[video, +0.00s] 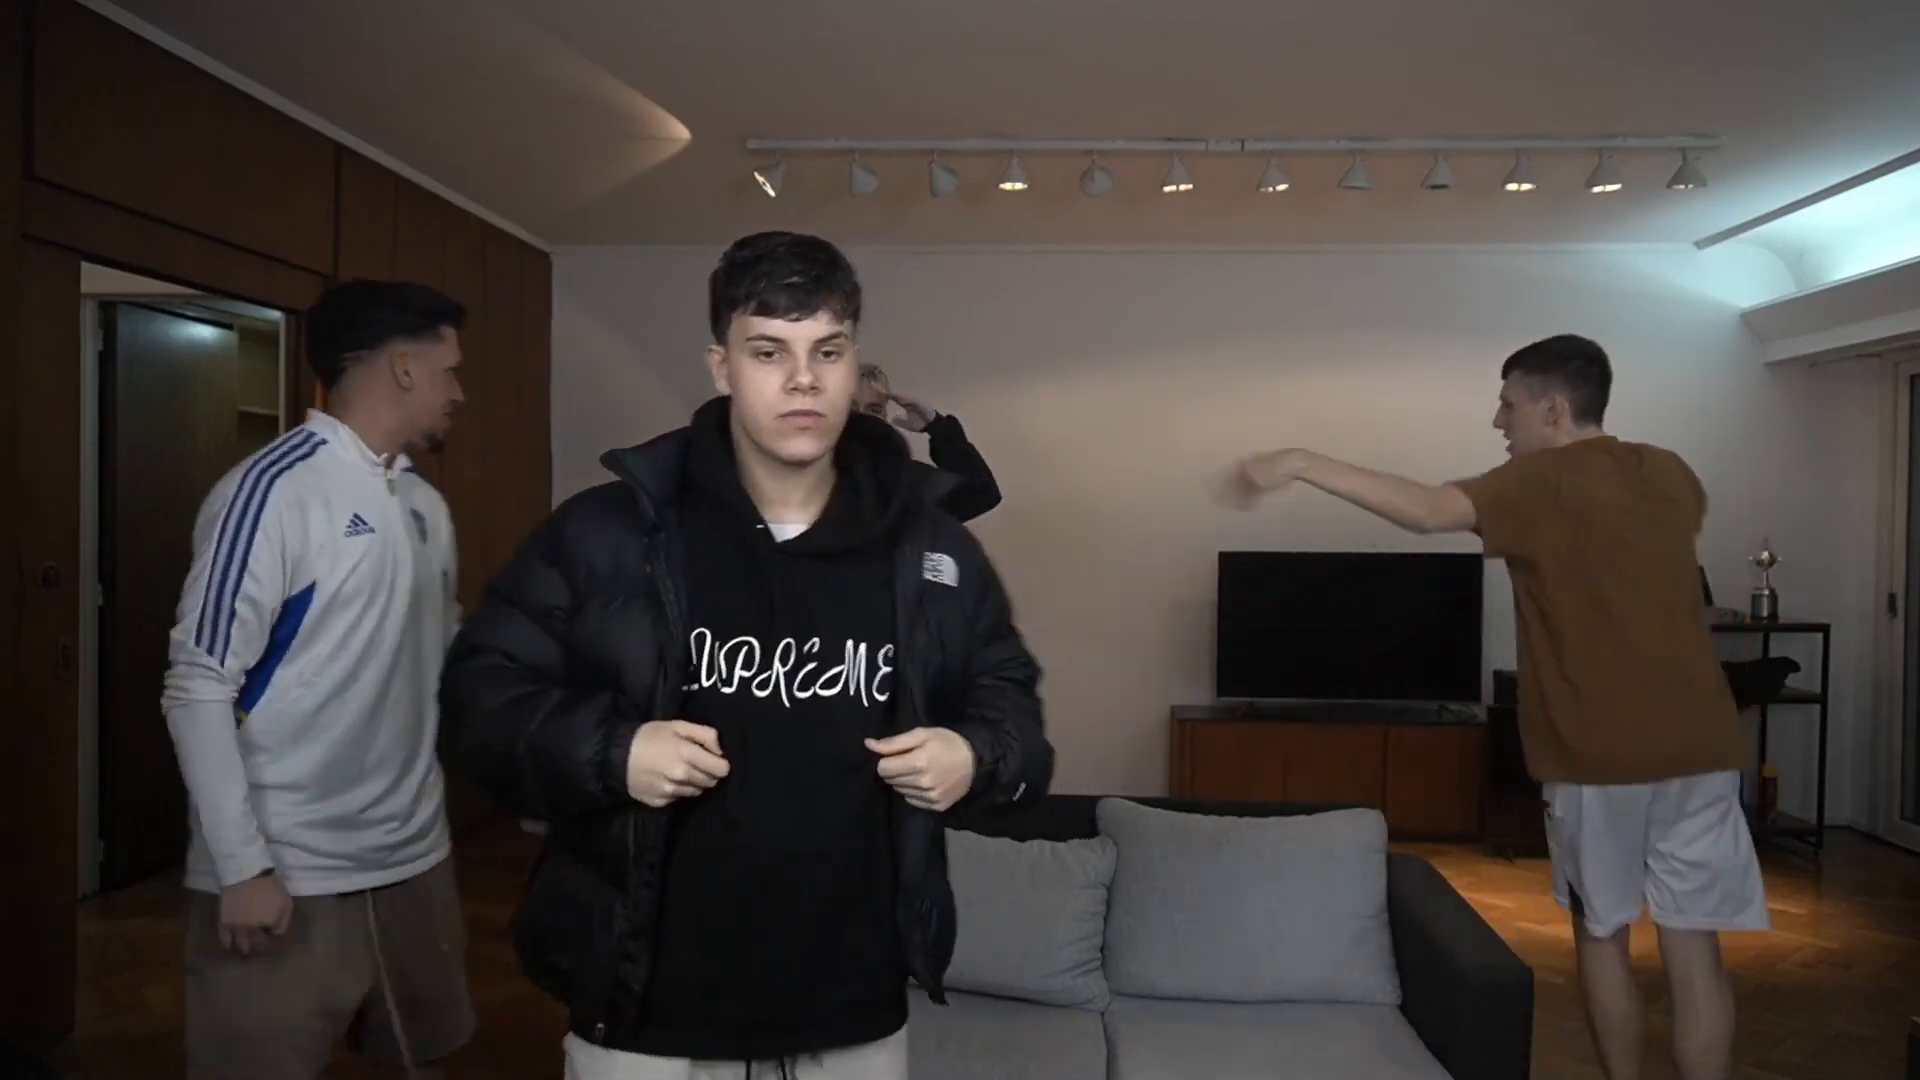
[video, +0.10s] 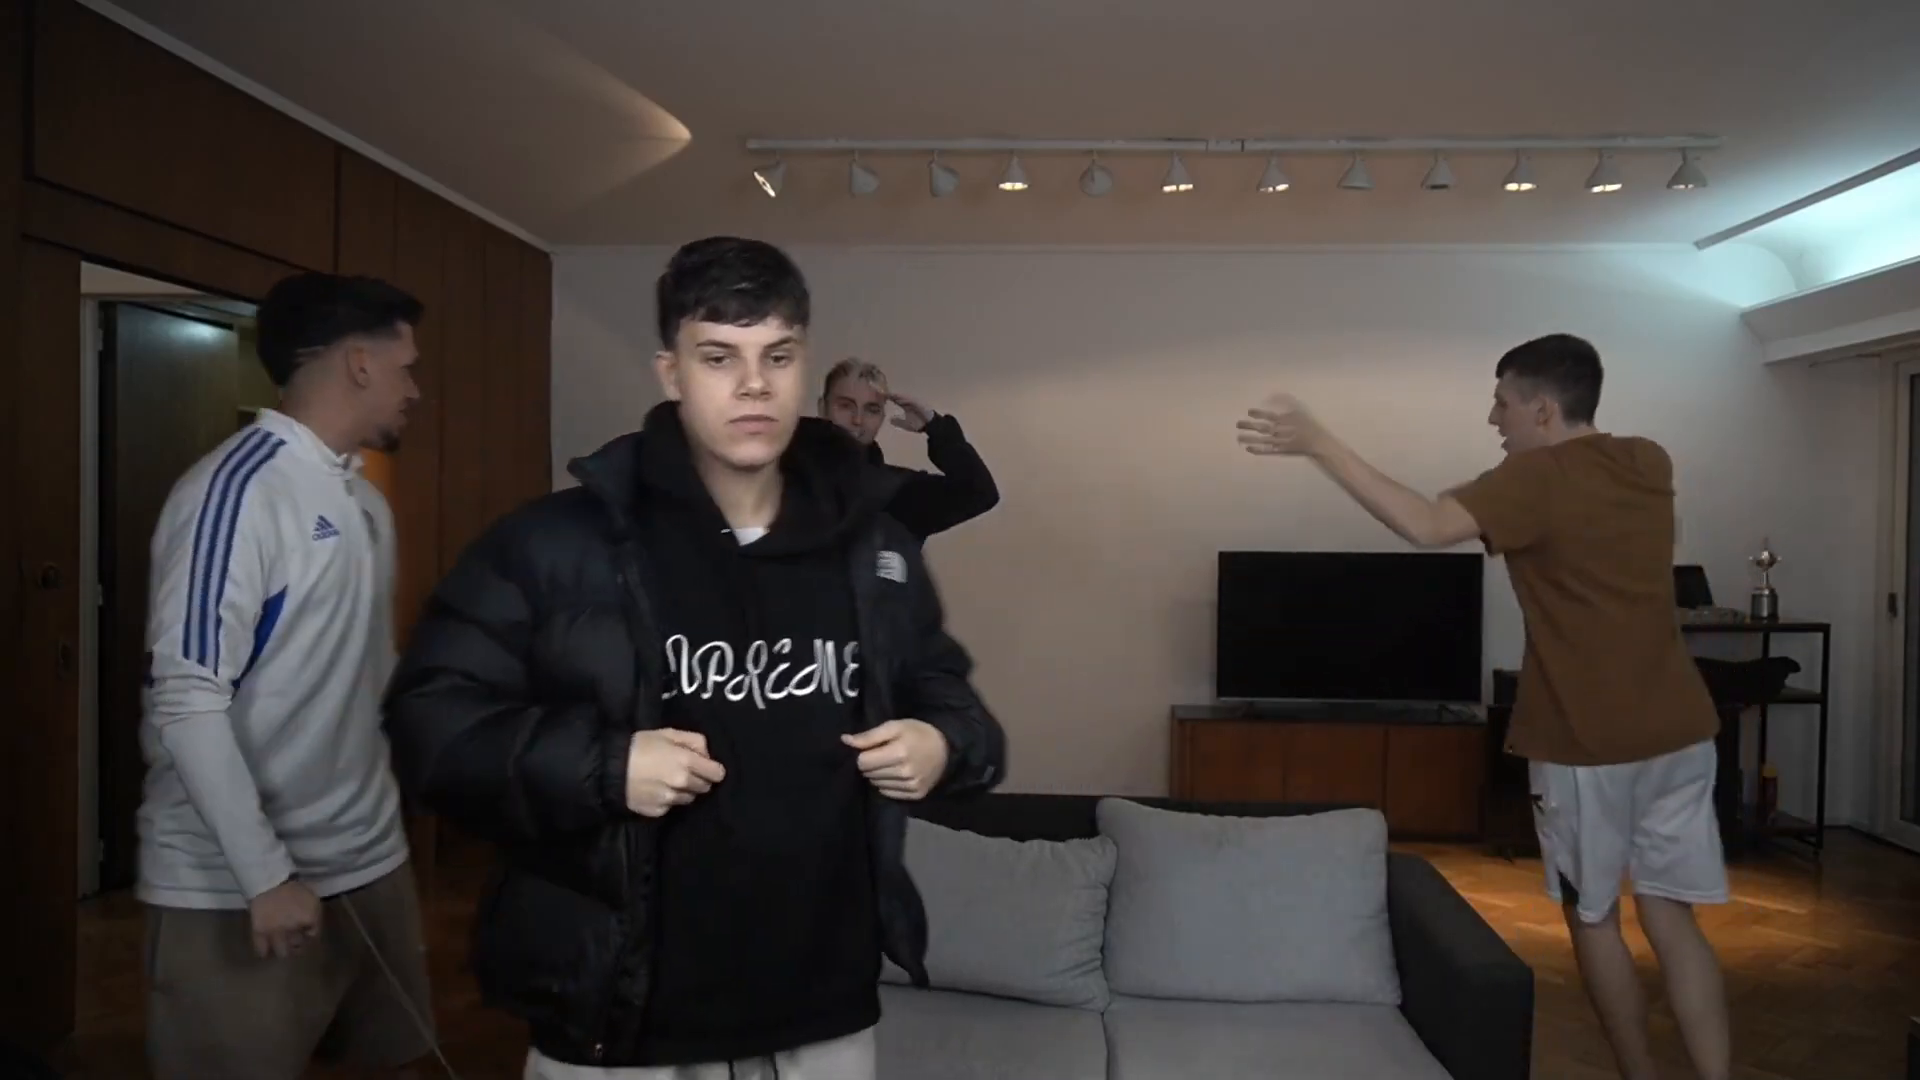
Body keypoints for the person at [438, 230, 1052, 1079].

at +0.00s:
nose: (802, 383)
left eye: (828, 354)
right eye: (770, 354)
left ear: (858, 366)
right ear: (721, 366)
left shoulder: (927, 545)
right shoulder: (610, 532)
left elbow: (1016, 724)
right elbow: (478, 697)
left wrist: (975, 757)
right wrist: (610, 749)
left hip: (850, 1009)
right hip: (650, 1009)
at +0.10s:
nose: (754, 387)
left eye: (779, 358)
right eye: (720, 359)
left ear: (806, 369)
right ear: (669, 373)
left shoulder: (869, 539)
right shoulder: (561, 544)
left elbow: (958, 713)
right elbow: (431, 721)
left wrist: (943, 747)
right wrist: (603, 764)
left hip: (819, 1012)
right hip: (620, 1017)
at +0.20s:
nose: (693, 394)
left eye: (718, 365)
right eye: (658, 366)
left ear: (744, 375)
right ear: (607, 380)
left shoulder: (802, 546)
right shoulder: (499, 557)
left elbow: (872, 697)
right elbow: (375, 739)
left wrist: (893, 742)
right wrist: (576, 778)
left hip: (766, 1013)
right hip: (568, 1024)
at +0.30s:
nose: (630, 400)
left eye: (655, 372)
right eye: (594, 373)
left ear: (682, 384)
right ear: (540, 389)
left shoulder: (732, 555)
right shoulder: (433, 574)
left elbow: (809, 699)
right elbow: (322, 768)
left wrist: (827, 743)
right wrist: (542, 791)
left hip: (705, 1013)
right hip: (514, 1027)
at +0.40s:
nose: (581, 398)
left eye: (604, 369)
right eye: (542, 371)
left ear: (629, 378)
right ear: (487, 386)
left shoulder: (665, 552)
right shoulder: (385, 573)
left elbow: (723, 696)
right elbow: (280, 770)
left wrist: (768, 741)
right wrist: (511, 794)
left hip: (658, 1013)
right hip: (471, 1029)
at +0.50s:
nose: (543, 392)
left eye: (564, 363)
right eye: (503, 364)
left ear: (587, 371)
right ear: (446, 377)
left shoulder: (612, 545)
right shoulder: (337, 566)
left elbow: (664, 682)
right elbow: (248, 772)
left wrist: (714, 726)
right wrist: (484, 788)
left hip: (615, 1002)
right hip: (425, 1022)